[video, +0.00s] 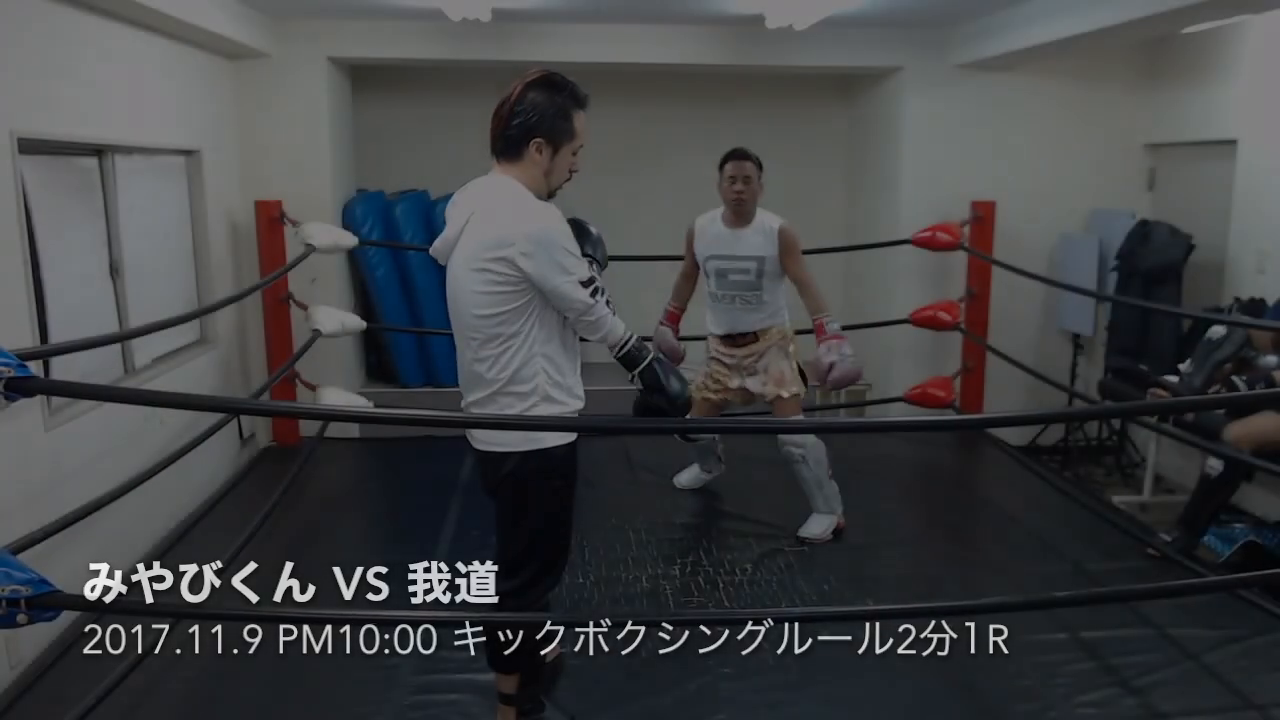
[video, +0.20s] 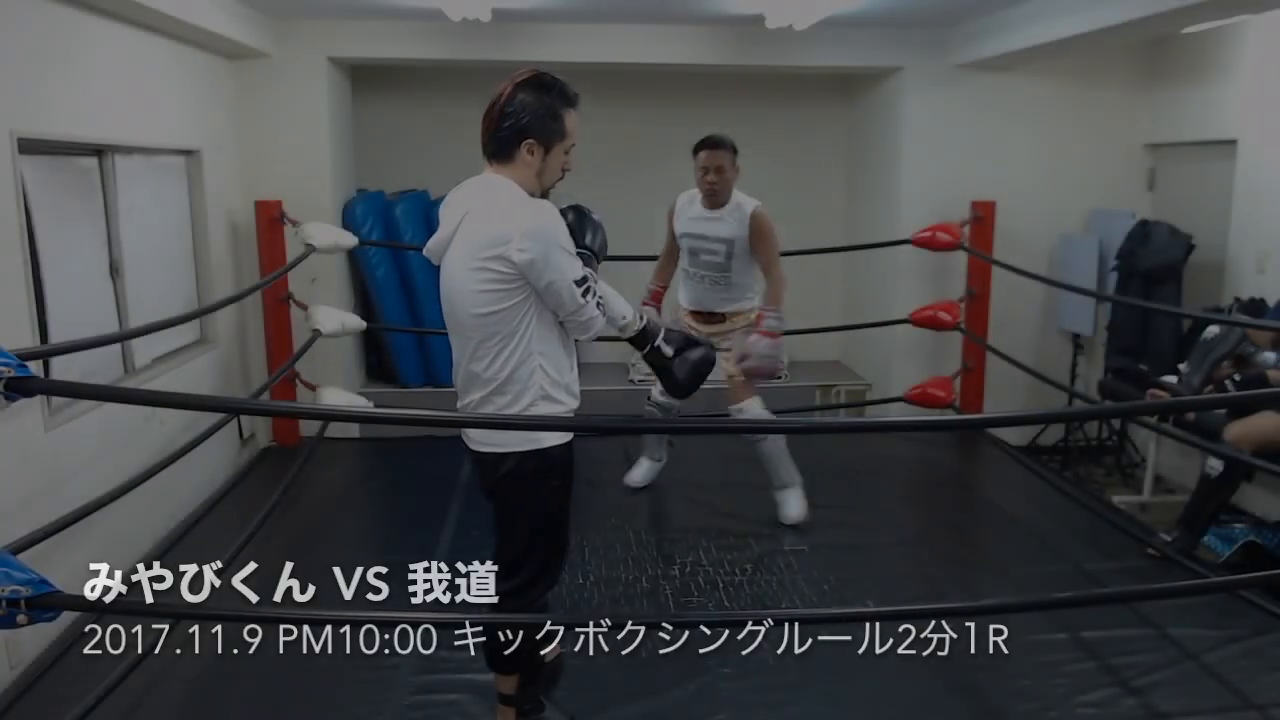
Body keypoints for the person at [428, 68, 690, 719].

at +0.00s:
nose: (578, 164)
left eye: (580, 150)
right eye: (574, 150)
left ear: (527, 143)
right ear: (540, 147)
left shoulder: (471, 200)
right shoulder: (535, 221)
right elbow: (586, 309)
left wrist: (567, 250)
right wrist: (644, 365)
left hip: (492, 420)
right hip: (535, 429)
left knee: (520, 556)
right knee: (534, 567)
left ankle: (521, 664)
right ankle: (513, 702)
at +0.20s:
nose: (569, 165)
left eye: (571, 152)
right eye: (566, 151)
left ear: (508, 141)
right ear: (533, 147)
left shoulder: (466, 199)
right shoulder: (532, 219)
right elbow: (583, 316)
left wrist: (564, 260)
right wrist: (651, 333)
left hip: (489, 419)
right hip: (530, 427)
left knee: (521, 556)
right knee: (527, 570)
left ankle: (524, 662)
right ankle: (513, 704)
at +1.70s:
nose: (493, 157)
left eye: (492, 143)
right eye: (487, 143)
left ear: (444, 145)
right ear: (453, 146)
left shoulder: (406, 202)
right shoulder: (430, 212)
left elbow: (448, 312)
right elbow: (468, 323)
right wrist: (501, 289)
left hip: (428, 417)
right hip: (420, 425)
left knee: (478, 532)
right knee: (409, 577)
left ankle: (484, 650)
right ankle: (380, 707)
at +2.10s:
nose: (477, 149)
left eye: (474, 136)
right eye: (475, 136)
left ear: (415, 137)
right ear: (460, 140)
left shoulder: (378, 199)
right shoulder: (431, 221)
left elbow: (348, 297)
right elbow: (400, 340)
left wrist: (457, 337)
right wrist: (468, 373)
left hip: (387, 412)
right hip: (412, 422)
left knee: (447, 522)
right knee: (400, 568)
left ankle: (449, 633)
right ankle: (375, 705)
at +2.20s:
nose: (479, 156)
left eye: (479, 144)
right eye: (478, 143)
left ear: (411, 144)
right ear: (463, 144)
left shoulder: (378, 207)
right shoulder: (442, 232)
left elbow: (372, 316)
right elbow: (439, 357)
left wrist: (454, 346)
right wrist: (486, 371)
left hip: (383, 415)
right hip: (424, 424)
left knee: (437, 527)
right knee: (407, 570)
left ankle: (451, 621)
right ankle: (377, 703)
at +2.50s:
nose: (503, 188)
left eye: (505, 177)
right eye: (505, 176)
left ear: (448, 163)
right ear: (491, 168)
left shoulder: (404, 219)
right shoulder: (478, 236)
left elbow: (429, 304)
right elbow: (512, 341)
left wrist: (499, 270)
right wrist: (535, 283)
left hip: (400, 412)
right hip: (447, 418)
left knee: (461, 531)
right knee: (456, 558)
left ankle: (460, 622)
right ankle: (387, 702)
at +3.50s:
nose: (561, 201)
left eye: (564, 191)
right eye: (562, 189)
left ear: (515, 176)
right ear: (544, 180)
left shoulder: (471, 218)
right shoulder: (519, 233)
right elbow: (546, 331)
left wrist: (549, 279)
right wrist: (578, 279)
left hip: (444, 396)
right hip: (480, 402)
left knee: (497, 497)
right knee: (502, 541)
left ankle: (507, 576)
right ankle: (462, 688)